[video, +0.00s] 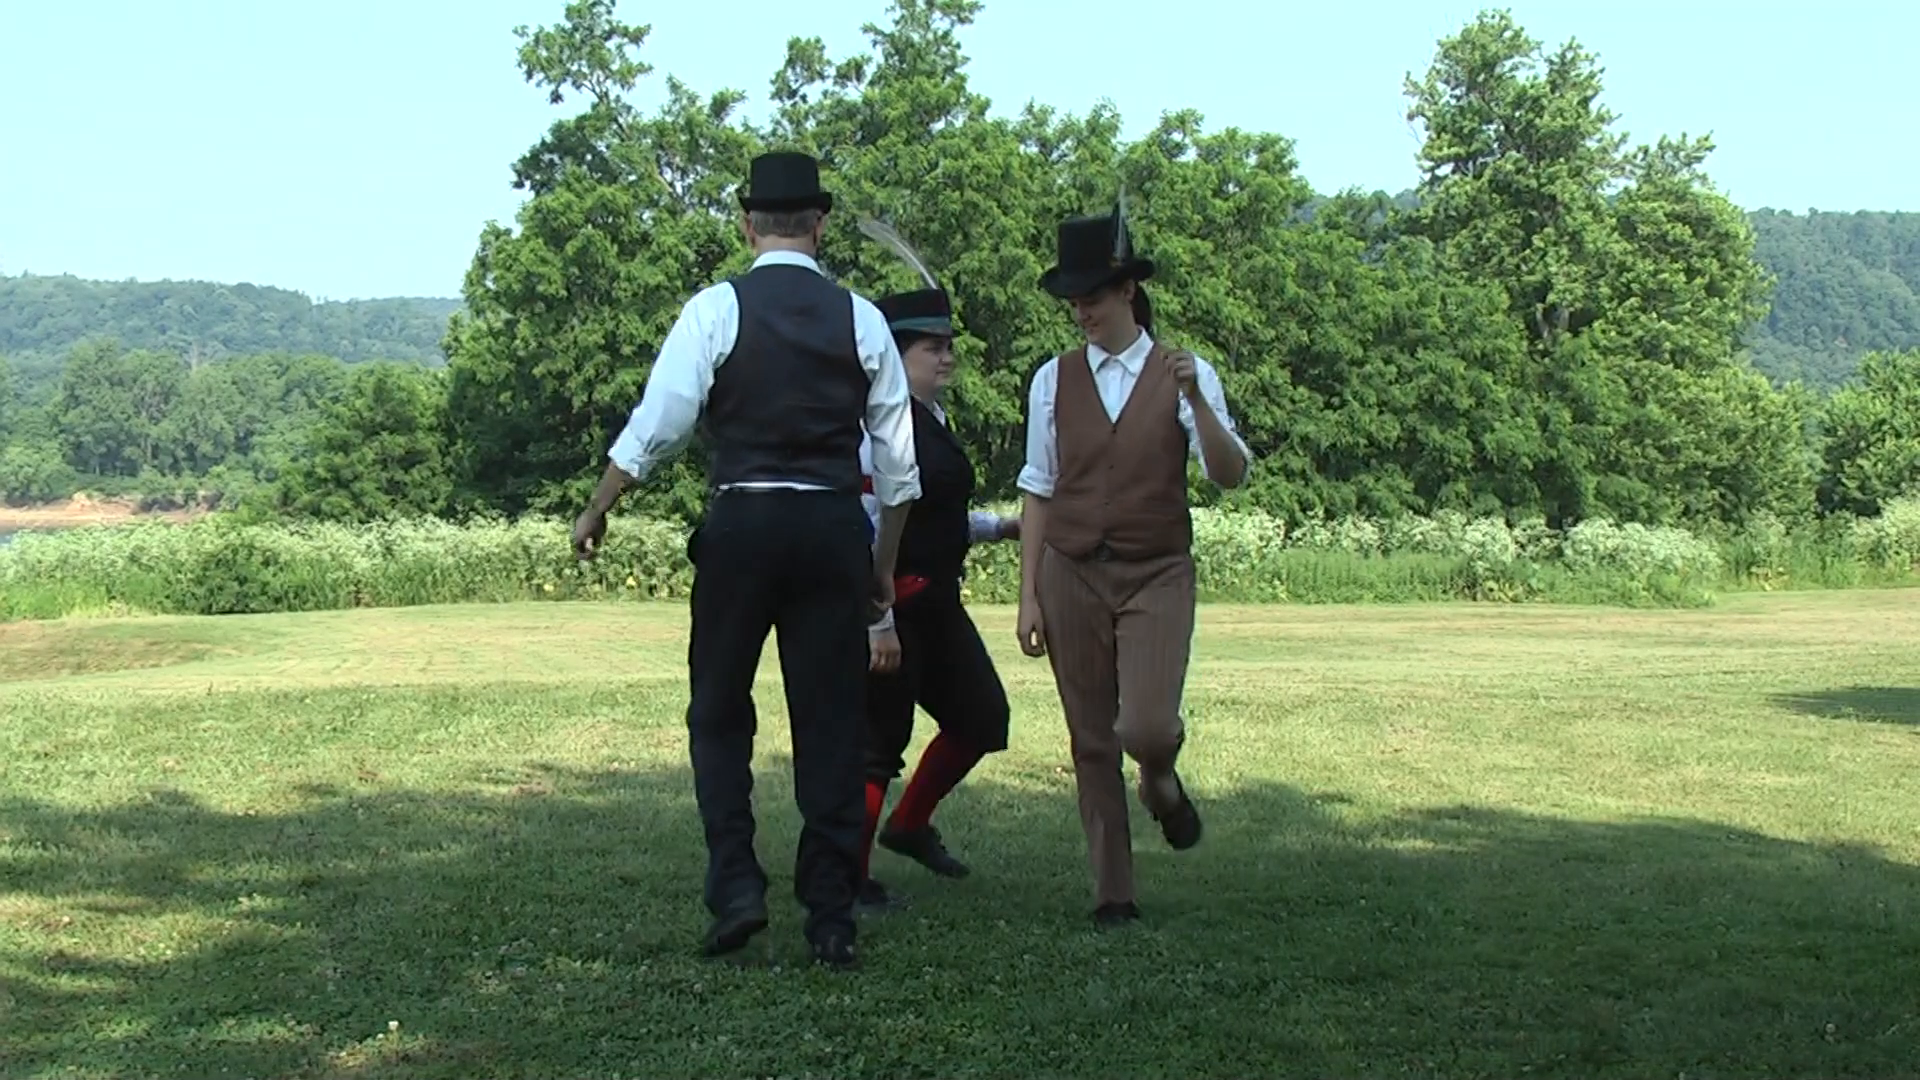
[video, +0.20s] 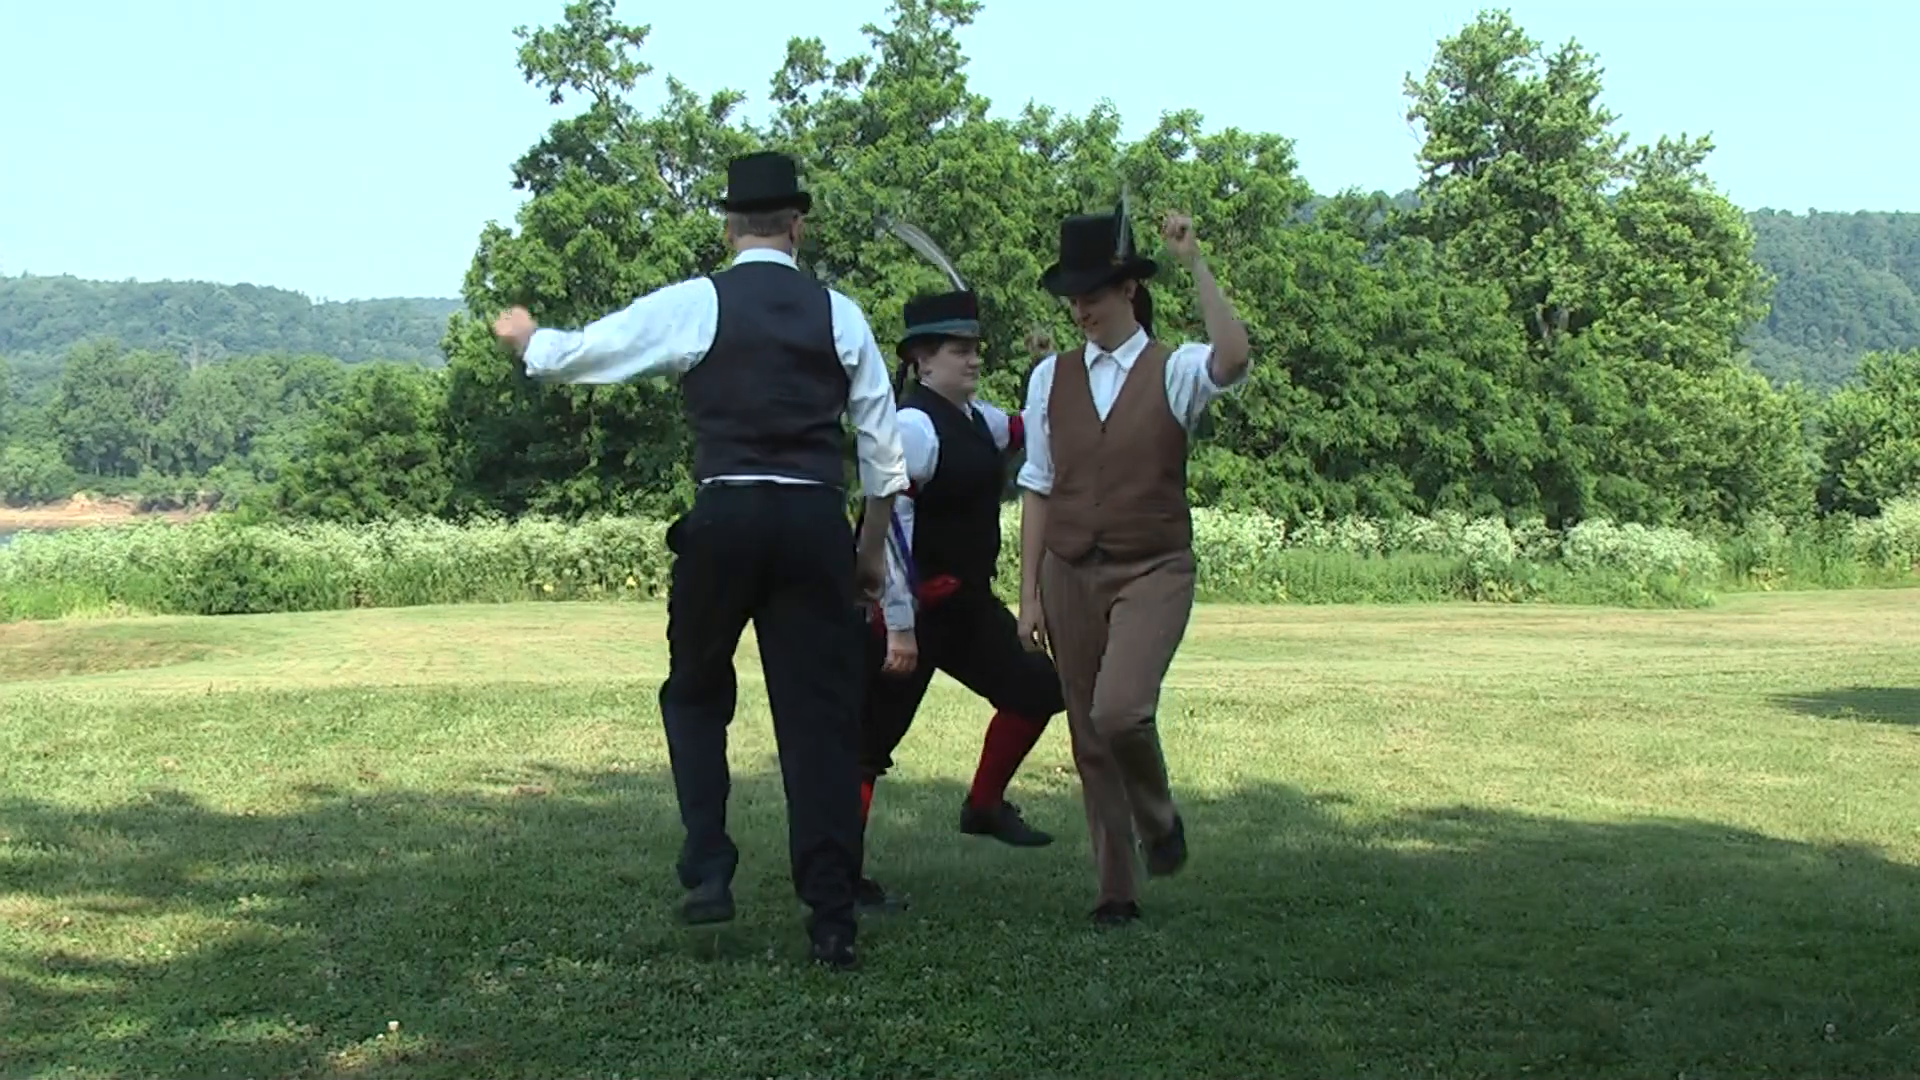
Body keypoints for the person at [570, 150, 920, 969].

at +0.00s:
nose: (765, 230)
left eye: (753, 220)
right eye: (807, 220)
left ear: (748, 224)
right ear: (823, 225)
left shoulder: (714, 308)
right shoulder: (863, 318)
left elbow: (664, 415)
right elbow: (895, 457)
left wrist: (598, 507)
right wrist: (885, 562)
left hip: (740, 527)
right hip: (836, 533)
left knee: (718, 711)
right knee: (830, 720)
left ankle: (736, 899)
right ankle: (831, 920)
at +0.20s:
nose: (787, 231)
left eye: (741, 222)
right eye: (796, 221)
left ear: (728, 226)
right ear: (799, 226)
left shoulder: (699, 301)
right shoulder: (840, 314)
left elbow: (591, 348)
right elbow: (883, 442)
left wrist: (529, 338)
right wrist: (871, 547)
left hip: (724, 521)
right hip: (815, 526)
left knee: (695, 694)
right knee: (819, 719)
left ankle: (707, 872)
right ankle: (832, 920)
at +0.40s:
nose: (760, 259)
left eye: (743, 249)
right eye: (759, 250)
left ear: (688, 261)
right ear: (757, 259)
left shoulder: (654, 332)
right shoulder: (797, 340)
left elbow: (576, 268)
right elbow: (846, 454)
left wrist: (543, 190)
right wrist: (866, 558)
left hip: (697, 550)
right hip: (791, 552)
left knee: (695, 724)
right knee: (765, 692)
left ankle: (696, 922)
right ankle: (800, 840)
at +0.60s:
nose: (767, 223)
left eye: (759, 213)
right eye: (768, 214)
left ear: (695, 214)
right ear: (757, 215)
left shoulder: (650, 276)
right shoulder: (784, 292)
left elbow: (610, 196)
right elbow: (826, 404)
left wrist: (606, 113)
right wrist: (837, 506)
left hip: (678, 498)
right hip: (765, 494)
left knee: (691, 688)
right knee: (782, 579)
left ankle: (687, 885)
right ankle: (757, 739)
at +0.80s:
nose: (780, 273)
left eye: (777, 261)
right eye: (779, 261)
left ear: (707, 258)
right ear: (765, 263)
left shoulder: (658, 311)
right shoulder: (783, 332)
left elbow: (625, 225)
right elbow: (819, 442)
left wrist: (652, 137)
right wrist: (819, 548)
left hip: (669, 531)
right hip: (756, 533)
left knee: (680, 720)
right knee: (785, 603)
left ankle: (674, 891)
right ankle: (748, 756)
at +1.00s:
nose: (819, 316)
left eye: (818, 303)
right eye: (819, 302)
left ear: (753, 285)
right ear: (802, 297)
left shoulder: (694, 328)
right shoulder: (811, 361)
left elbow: (676, 250)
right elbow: (830, 473)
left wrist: (710, 164)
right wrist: (816, 570)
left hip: (665, 541)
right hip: (745, 548)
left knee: (681, 724)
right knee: (809, 631)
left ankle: (672, 897)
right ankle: (758, 797)